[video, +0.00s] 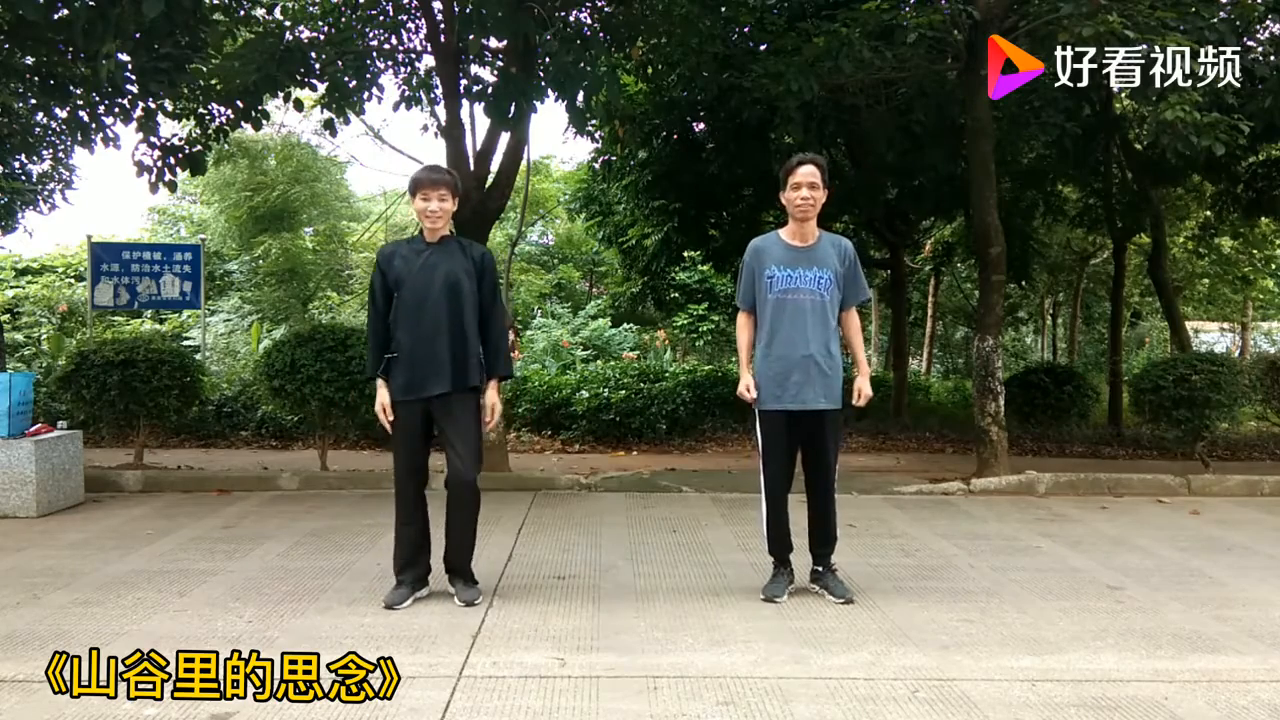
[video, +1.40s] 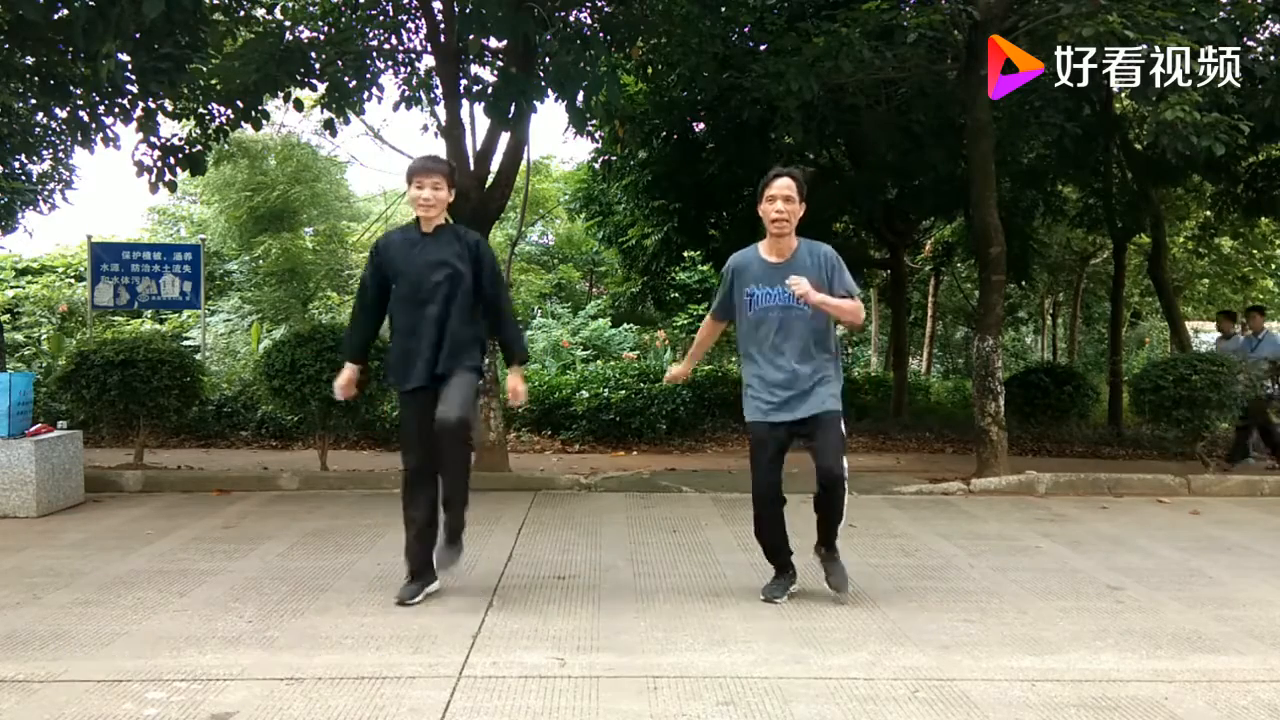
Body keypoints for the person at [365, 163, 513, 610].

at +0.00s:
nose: (432, 206)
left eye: (441, 198)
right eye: (424, 199)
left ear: (454, 202)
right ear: (413, 204)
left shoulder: (476, 256)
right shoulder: (391, 257)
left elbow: (494, 324)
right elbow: (378, 324)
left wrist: (493, 383)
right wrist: (380, 381)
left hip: (462, 385)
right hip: (406, 386)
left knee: (465, 478)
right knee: (408, 483)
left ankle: (461, 573)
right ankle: (411, 575)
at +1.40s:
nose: (426, 194)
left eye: (435, 187)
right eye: (419, 187)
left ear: (449, 193)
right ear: (408, 192)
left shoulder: (471, 245)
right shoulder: (388, 248)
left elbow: (499, 306)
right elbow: (368, 309)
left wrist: (516, 364)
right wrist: (352, 361)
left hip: (462, 362)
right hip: (412, 366)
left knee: (450, 422)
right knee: (417, 470)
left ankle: (453, 524)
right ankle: (421, 573)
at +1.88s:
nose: (438, 224)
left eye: (446, 216)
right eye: (430, 216)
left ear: (460, 222)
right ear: (419, 222)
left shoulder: (482, 278)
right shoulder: (401, 274)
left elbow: (500, 342)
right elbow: (377, 335)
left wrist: (509, 400)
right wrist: (411, 301)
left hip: (465, 394)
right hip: (417, 395)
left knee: (442, 479)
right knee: (432, 480)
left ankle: (435, 589)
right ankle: (457, 539)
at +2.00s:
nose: (441, 200)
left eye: (449, 191)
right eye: (433, 191)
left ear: (463, 195)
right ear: (422, 196)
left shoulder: (484, 248)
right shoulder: (407, 248)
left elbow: (502, 315)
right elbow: (399, 314)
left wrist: (480, 343)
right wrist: (389, 366)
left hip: (465, 374)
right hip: (416, 371)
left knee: (454, 475)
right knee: (395, 442)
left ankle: (445, 574)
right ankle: (423, 504)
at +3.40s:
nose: (362, 216)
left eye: (368, 207)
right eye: (359, 208)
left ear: (394, 204)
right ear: (362, 210)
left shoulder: (428, 255)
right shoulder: (371, 260)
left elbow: (449, 322)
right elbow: (376, 325)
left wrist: (452, 390)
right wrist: (373, 384)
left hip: (419, 380)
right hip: (379, 370)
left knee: (418, 476)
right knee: (303, 367)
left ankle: (446, 568)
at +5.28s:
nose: (214, 192)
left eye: (223, 184)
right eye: (205, 184)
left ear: (242, 191)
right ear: (196, 191)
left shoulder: (260, 237)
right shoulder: (181, 238)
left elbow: (331, 243)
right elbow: (113, 242)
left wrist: (310, 288)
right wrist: (102, 273)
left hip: (240, 375)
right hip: (193, 376)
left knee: (213, 476)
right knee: (201, 479)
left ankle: (243, 581)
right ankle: (228, 574)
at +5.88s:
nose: (254, 214)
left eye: (264, 206)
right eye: (246, 205)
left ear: (277, 208)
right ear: (232, 205)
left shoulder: (297, 261)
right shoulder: (211, 257)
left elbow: (330, 317)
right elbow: (178, 307)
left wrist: (352, 369)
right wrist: (181, 322)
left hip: (284, 365)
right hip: (228, 369)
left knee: (226, 349)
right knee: (231, 462)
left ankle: (249, 458)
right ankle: (255, 562)